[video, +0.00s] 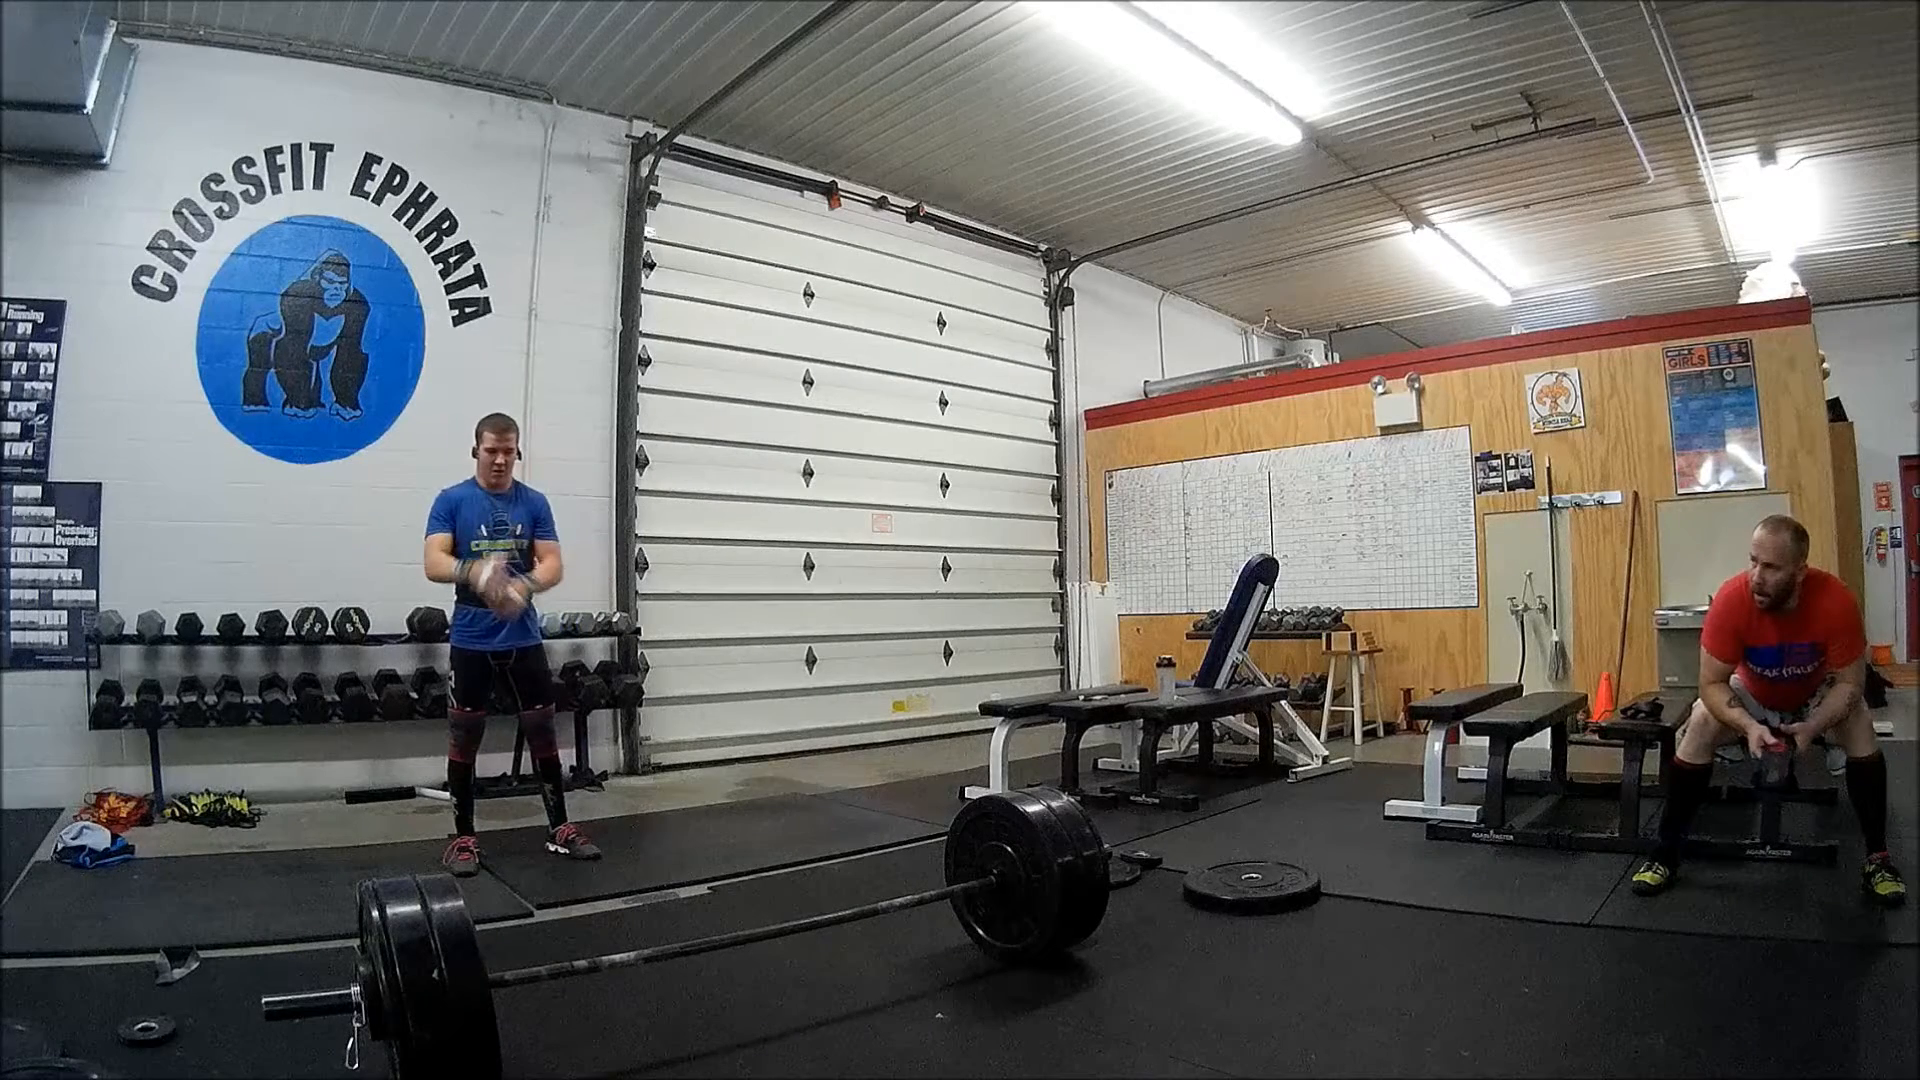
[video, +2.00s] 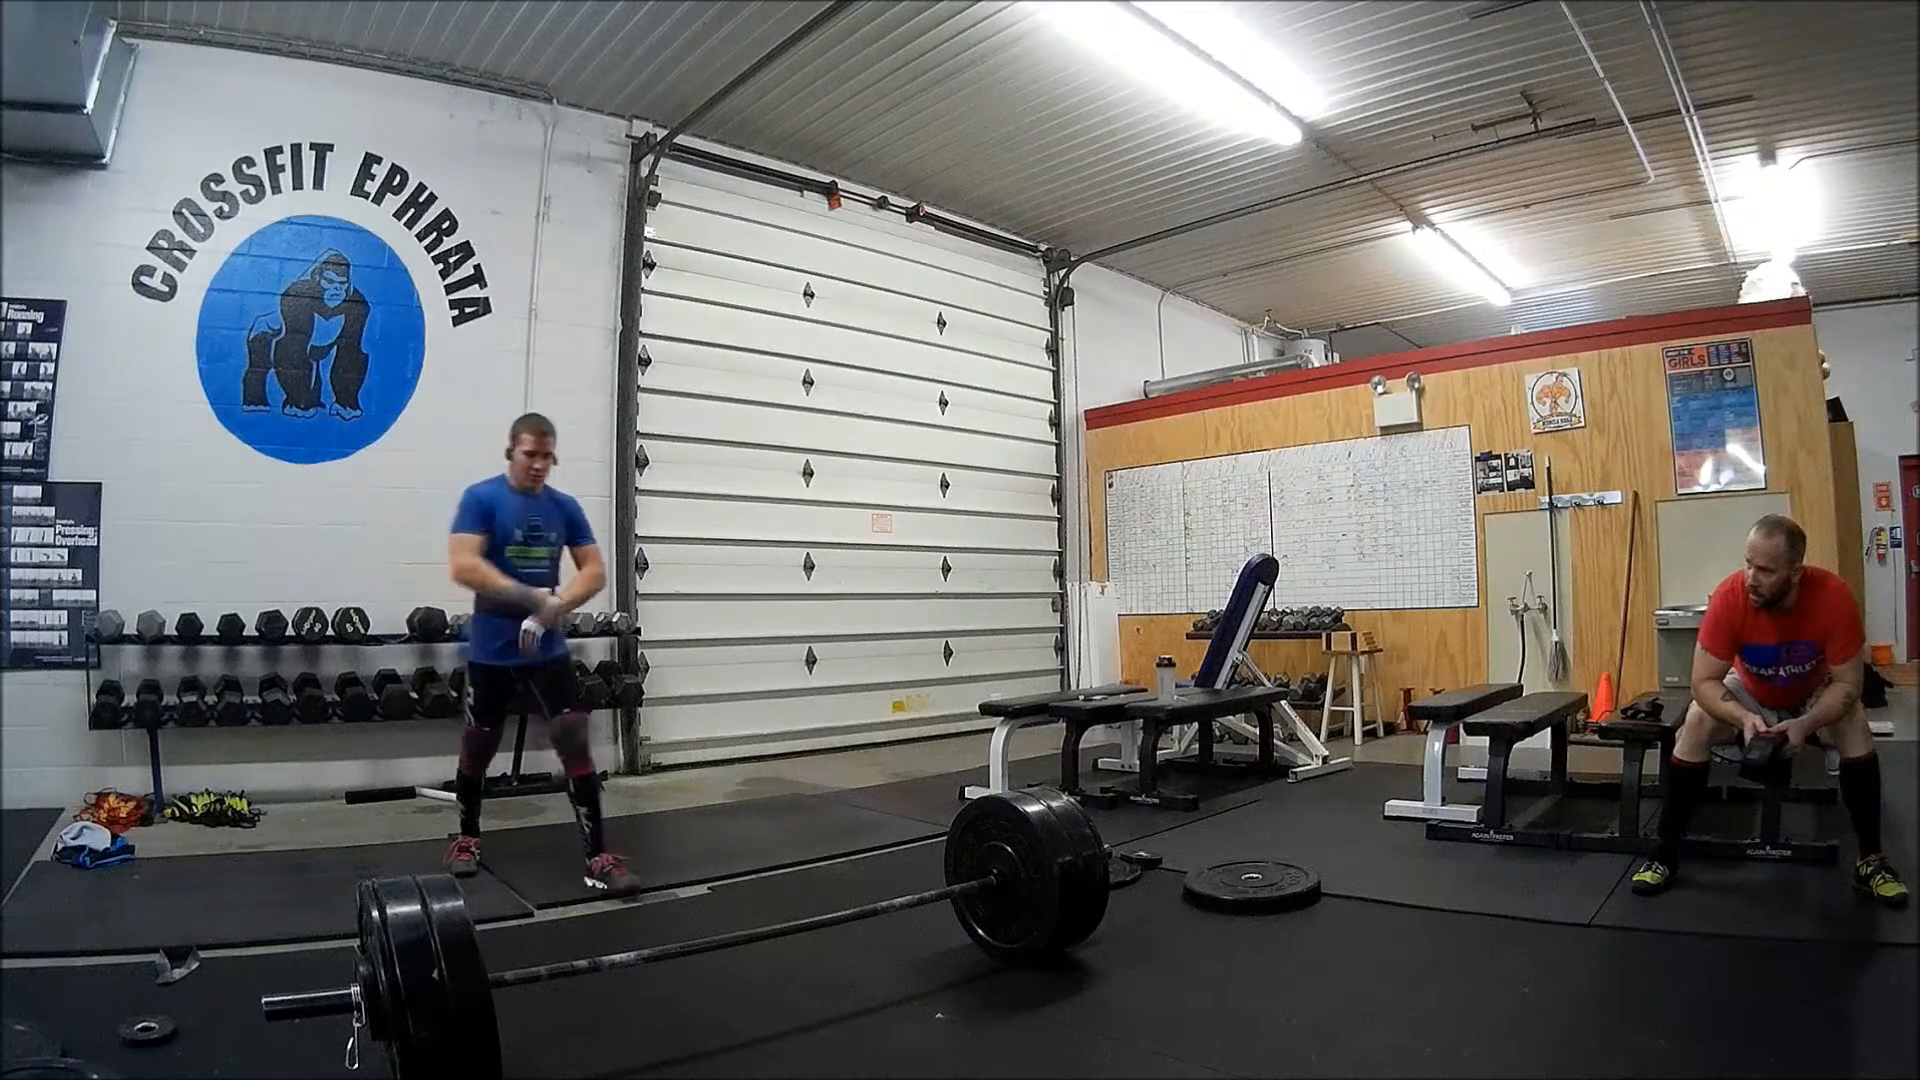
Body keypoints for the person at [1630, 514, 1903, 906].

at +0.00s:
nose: (1757, 577)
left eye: (1771, 567)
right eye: (1753, 563)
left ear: (1801, 568)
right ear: (1748, 558)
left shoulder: (1835, 601)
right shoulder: (1730, 599)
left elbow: (1850, 681)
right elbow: (1711, 683)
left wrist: (1812, 727)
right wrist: (1748, 726)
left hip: (1815, 695)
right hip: (1751, 694)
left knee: (1859, 723)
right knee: (1700, 721)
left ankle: (1878, 858)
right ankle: (1665, 856)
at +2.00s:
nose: (1752, 579)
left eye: (1765, 571)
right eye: (1749, 565)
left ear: (1797, 569)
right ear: (1745, 558)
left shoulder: (1833, 596)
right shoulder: (1729, 597)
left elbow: (1848, 683)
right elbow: (1703, 683)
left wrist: (1806, 723)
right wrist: (1742, 718)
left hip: (1813, 696)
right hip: (1749, 694)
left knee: (1853, 721)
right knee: (1696, 720)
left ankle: (1871, 860)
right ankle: (1665, 856)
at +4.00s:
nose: (1755, 584)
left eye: (1768, 575)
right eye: (1751, 571)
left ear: (1797, 569)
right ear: (1746, 562)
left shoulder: (1834, 597)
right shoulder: (1731, 597)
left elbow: (1849, 683)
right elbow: (1703, 682)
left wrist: (1805, 723)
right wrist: (1741, 717)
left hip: (1815, 695)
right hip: (1751, 693)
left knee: (1854, 723)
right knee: (1696, 721)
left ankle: (1871, 859)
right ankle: (1664, 857)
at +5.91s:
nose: (1757, 584)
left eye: (1769, 575)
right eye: (1752, 570)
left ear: (1799, 569)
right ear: (1747, 561)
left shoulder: (1834, 596)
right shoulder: (1731, 599)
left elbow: (1851, 682)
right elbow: (1704, 683)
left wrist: (1808, 722)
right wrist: (1743, 718)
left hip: (1816, 694)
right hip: (1753, 693)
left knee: (1854, 723)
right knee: (1698, 721)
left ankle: (1871, 860)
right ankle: (1664, 857)